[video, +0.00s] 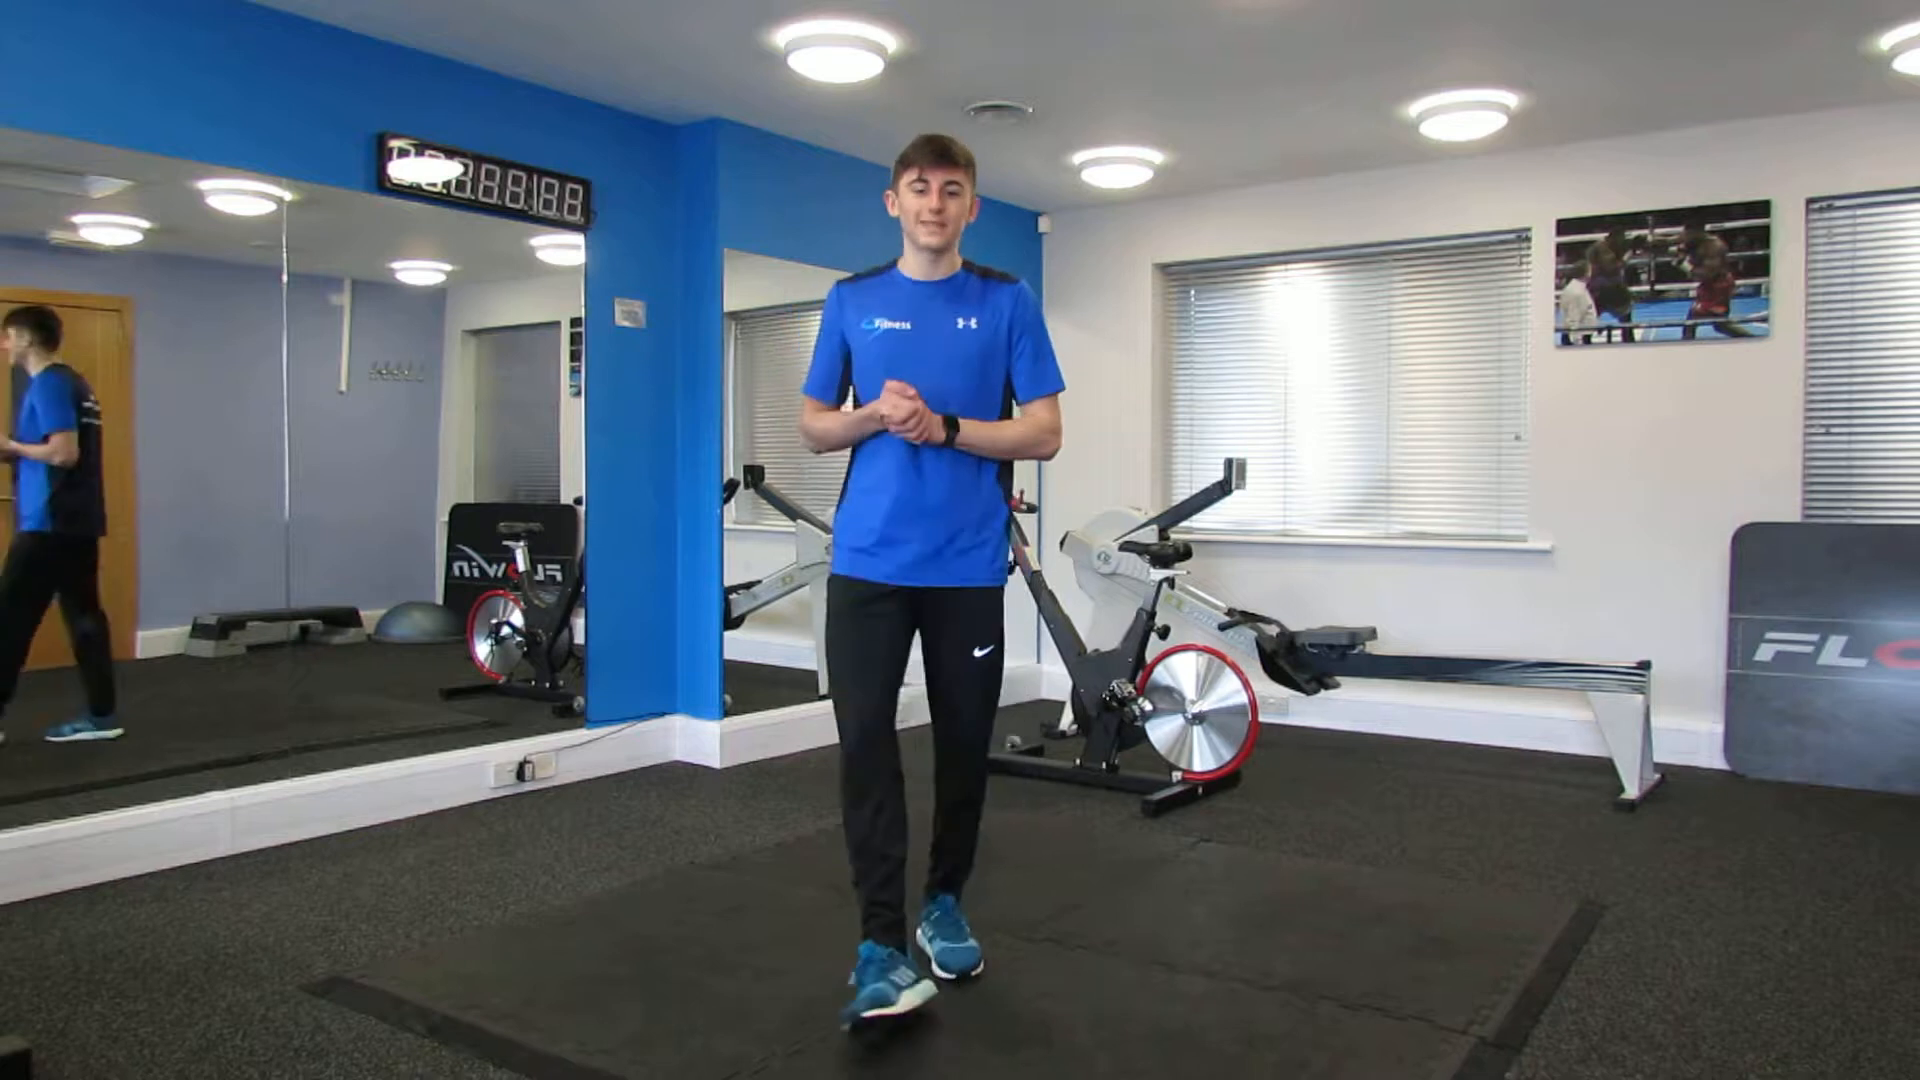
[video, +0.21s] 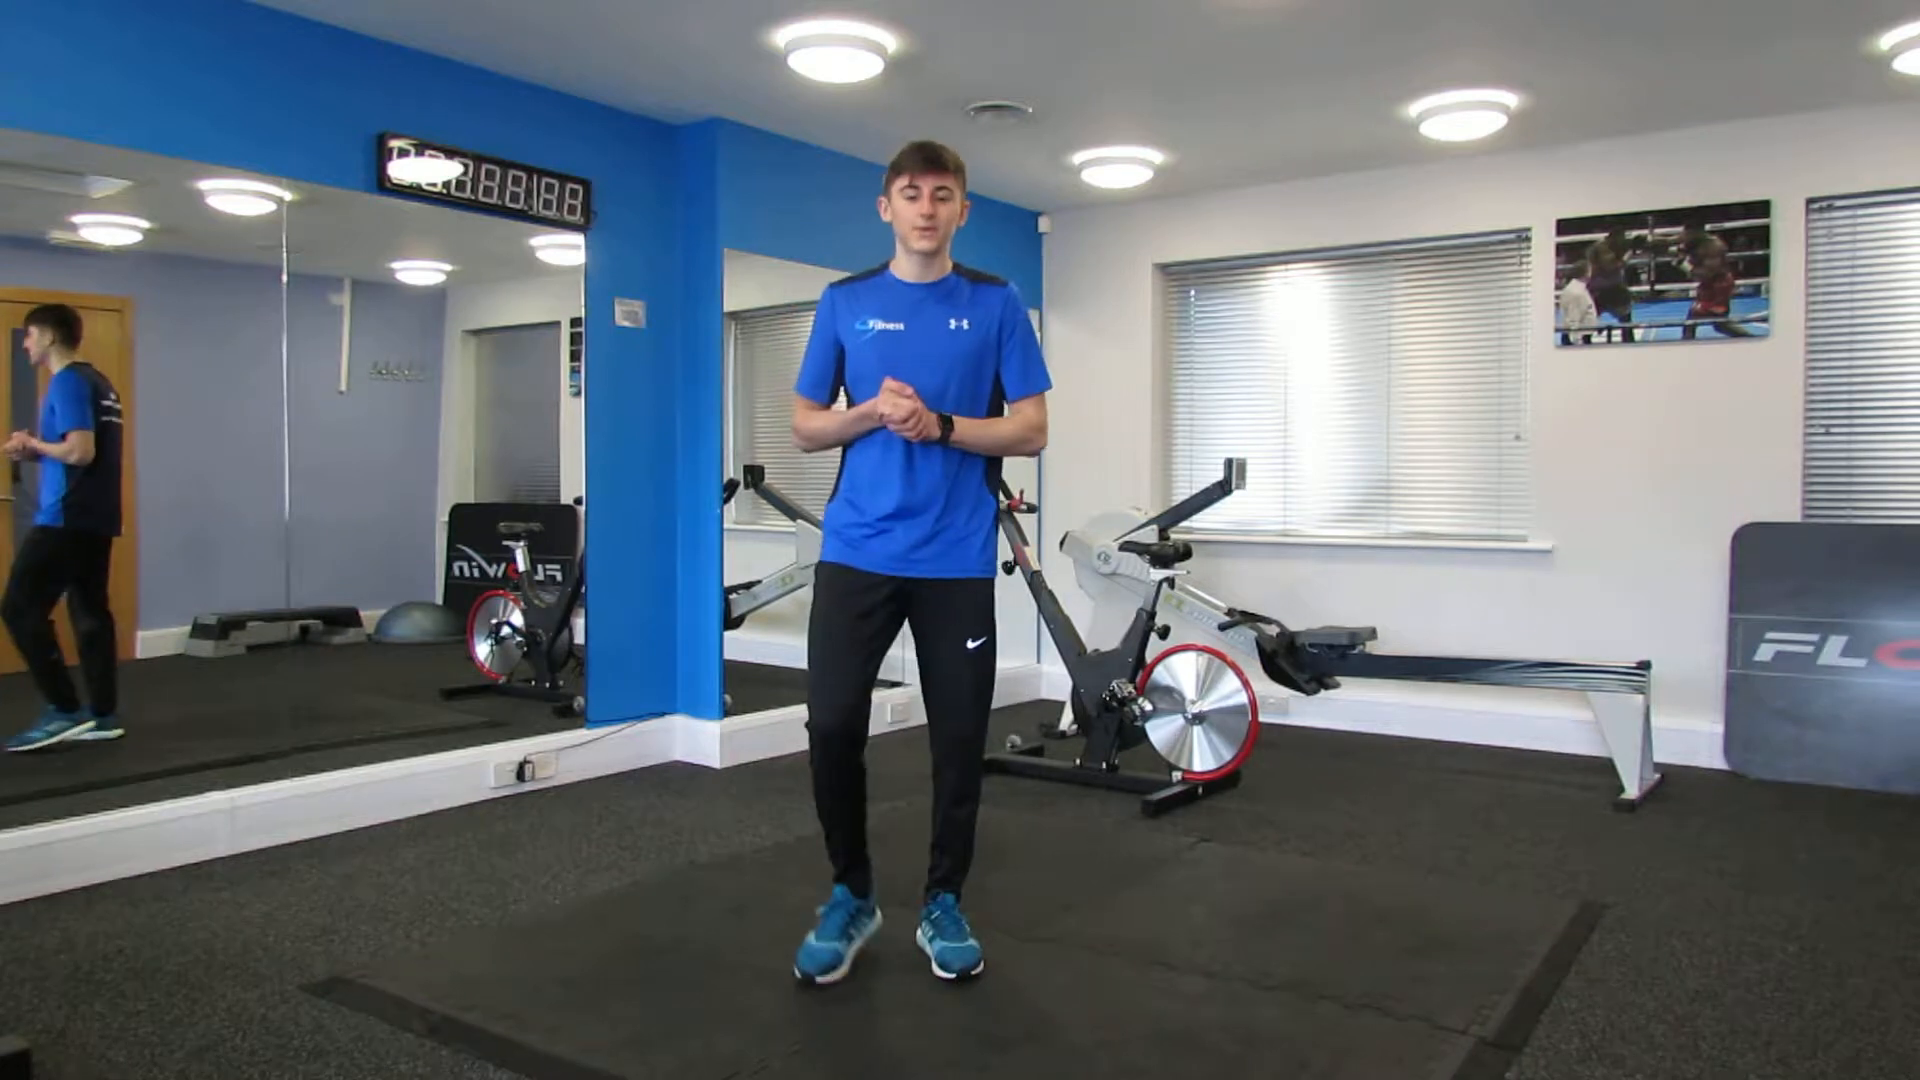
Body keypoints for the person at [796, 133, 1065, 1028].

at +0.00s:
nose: (935, 202)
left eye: (952, 190)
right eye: (920, 188)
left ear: (972, 207)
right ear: (895, 202)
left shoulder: (1008, 301)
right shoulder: (851, 300)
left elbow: (1045, 431)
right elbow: (816, 430)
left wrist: (949, 428)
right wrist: (871, 415)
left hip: (968, 566)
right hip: (867, 563)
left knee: (965, 747)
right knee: (864, 748)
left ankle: (944, 901)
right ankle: (881, 942)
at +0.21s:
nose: (927, 207)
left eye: (942, 196)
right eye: (911, 194)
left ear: (961, 210)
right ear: (887, 207)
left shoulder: (995, 305)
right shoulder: (843, 303)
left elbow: (1030, 431)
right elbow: (808, 428)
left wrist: (946, 426)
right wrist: (868, 411)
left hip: (957, 559)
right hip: (857, 553)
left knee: (959, 737)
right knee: (831, 725)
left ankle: (943, 903)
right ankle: (850, 893)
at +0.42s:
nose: (901, 207)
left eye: (916, 196)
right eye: (886, 195)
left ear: (936, 211)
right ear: (861, 209)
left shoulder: (968, 303)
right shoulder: (818, 304)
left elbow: (1002, 427)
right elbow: (785, 431)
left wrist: (922, 413)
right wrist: (852, 406)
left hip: (936, 556)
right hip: (837, 554)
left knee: (951, 737)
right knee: (818, 729)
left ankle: (944, 902)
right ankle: (821, 879)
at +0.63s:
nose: (862, 209)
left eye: (876, 198)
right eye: (847, 197)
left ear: (895, 215)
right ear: (822, 211)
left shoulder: (930, 303)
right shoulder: (781, 307)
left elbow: (966, 425)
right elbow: (747, 433)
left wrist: (881, 412)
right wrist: (808, 409)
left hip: (903, 549)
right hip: (805, 549)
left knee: (932, 726)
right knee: (800, 724)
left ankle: (939, 898)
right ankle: (817, 882)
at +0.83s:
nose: (830, 212)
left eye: (843, 200)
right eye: (814, 200)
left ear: (863, 215)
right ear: (789, 214)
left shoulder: (902, 303)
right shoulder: (755, 309)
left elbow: (936, 424)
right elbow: (719, 430)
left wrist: (846, 418)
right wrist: (774, 414)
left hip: (883, 546)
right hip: (788, 550)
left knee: (914, 716)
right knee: (792, 723)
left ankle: (921, 888)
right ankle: (816, 882)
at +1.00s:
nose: (816, 212)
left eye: (831, 201)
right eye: (801, 200)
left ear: (852, 216)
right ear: (778, 215)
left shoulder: (892, 302)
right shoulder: (747, 314)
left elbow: (929, 421)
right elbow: (717, 434)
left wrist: (834, 416)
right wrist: (764, 415)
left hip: (872, 548)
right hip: (780, 551)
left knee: (896, 721)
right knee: (788, 726)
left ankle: (901, 888)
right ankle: (815, 882)